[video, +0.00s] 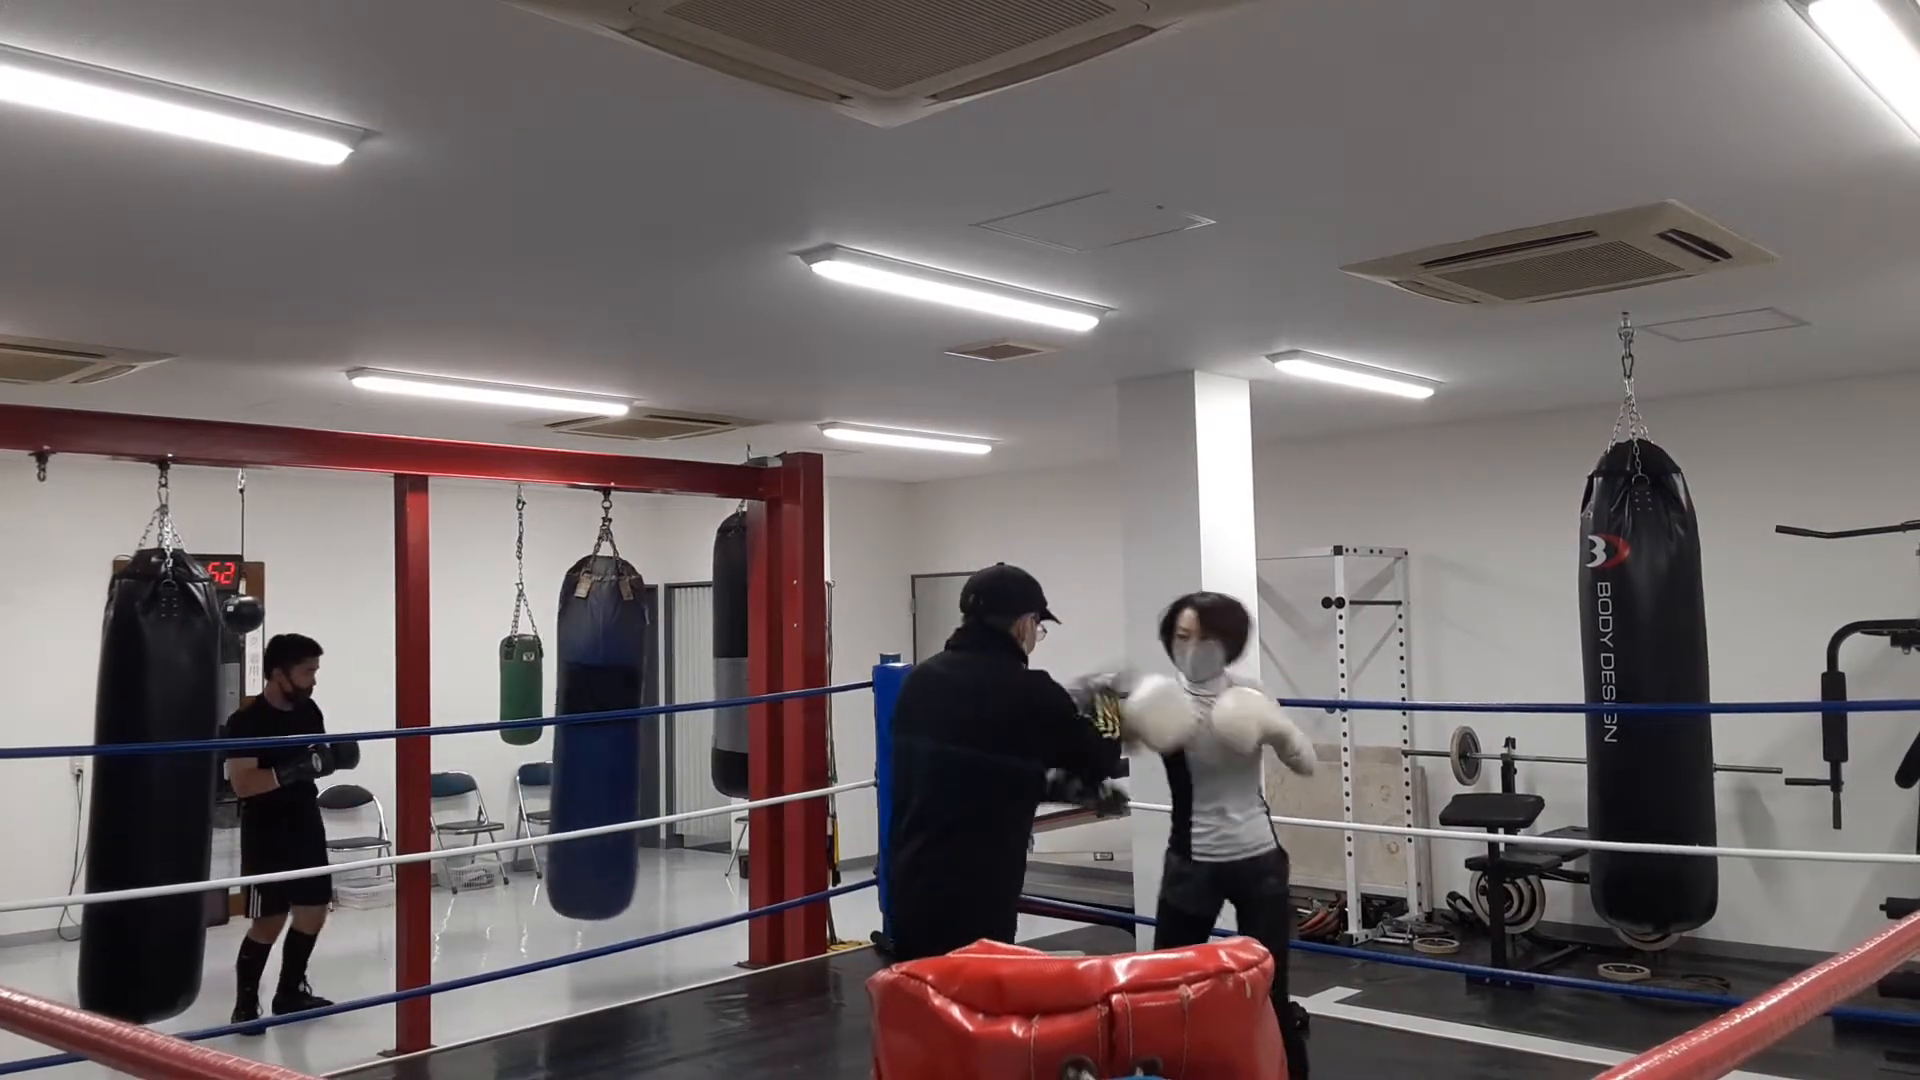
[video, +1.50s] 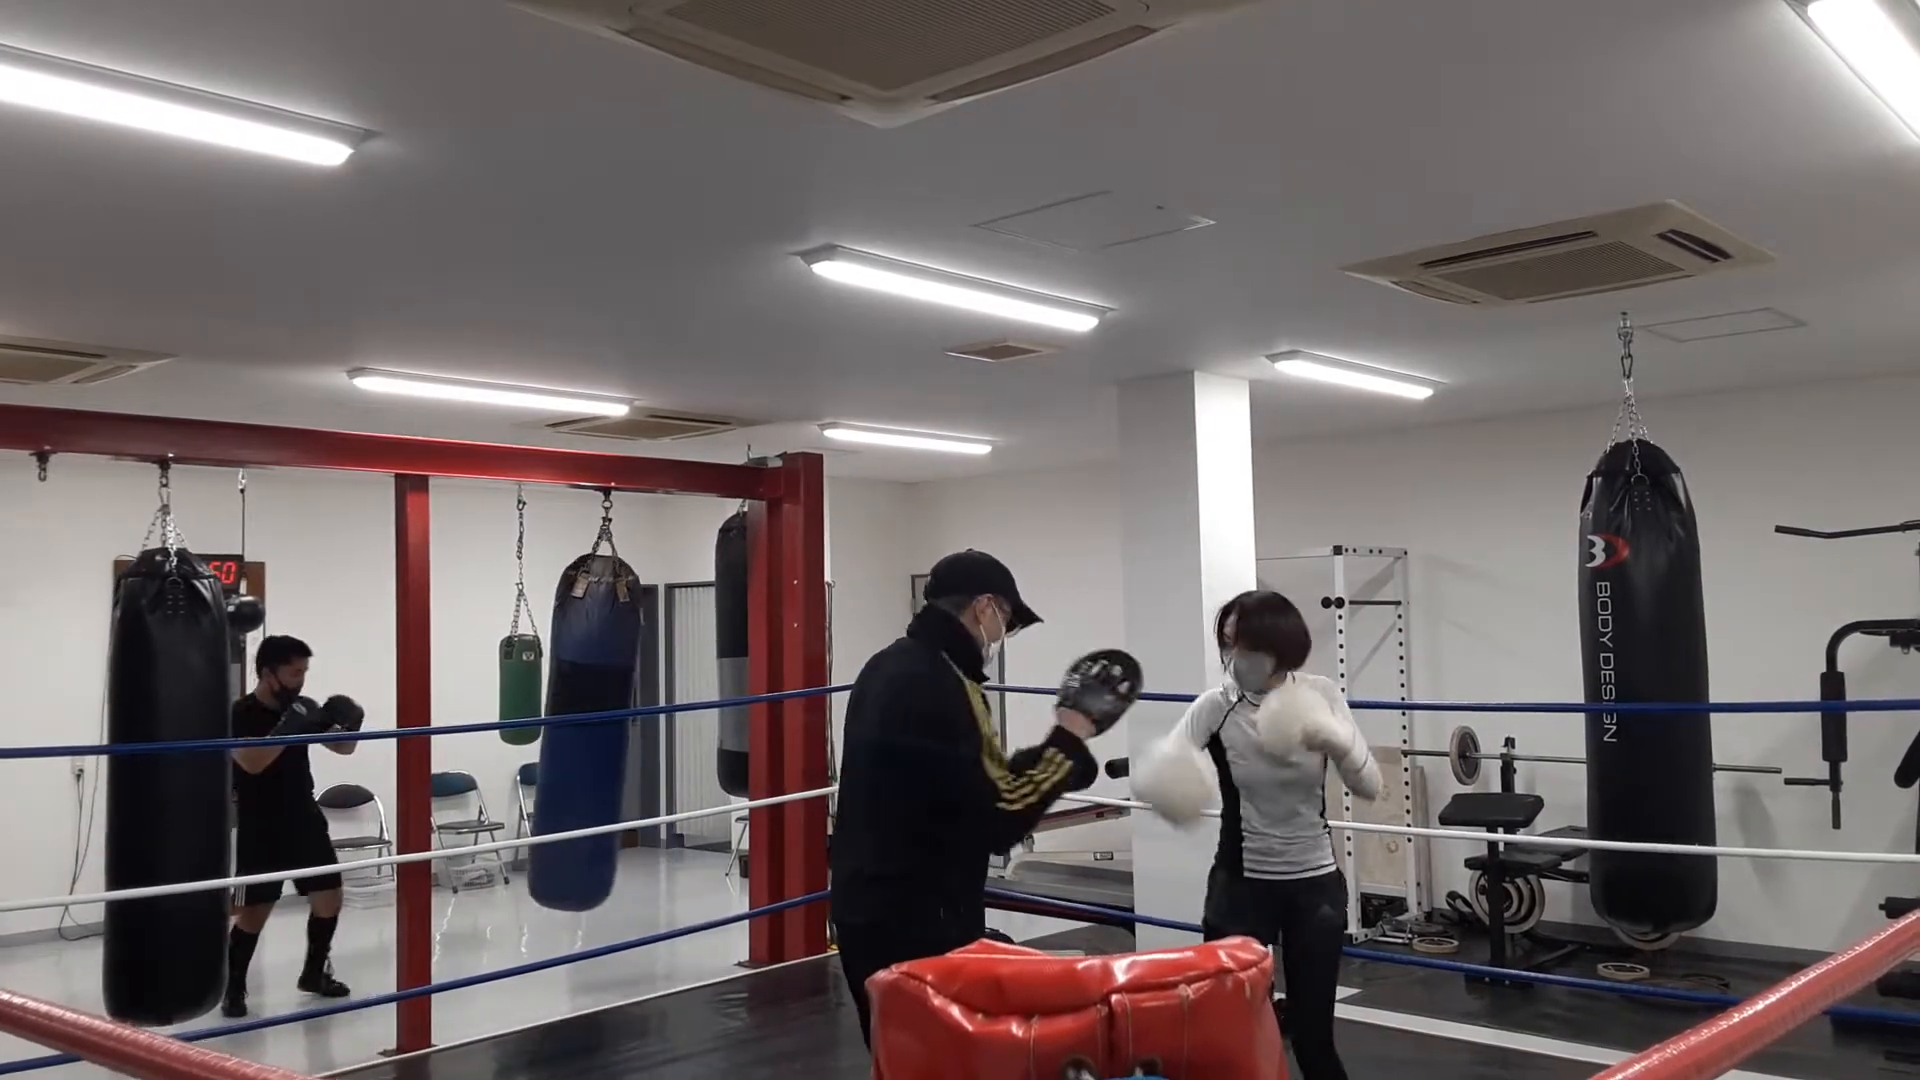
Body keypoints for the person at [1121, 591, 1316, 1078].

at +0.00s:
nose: (1190, 649)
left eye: (1202, 639)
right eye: (1181, 638)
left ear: (1227, 644)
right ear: (1170, 643)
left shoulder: (1250, 701)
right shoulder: (1162, 703)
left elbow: (1305, 766)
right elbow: (1120, 737)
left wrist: (1275, 726)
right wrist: (1132, 720)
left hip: (1258, 860)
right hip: (1191, 863)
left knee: (1270, 991)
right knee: (1168, 983)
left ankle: (1289, 1069)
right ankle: (1166, 1072)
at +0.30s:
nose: (1203, 646)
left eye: (1213, 636)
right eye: (1196, 636)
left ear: (1247, 637)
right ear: (1192, 640)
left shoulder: (1281, 689)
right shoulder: (1184, 698)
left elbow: (1312, 770)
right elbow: (1141, 777)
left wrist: (1265, 709)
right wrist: (1145, 728)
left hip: (1277, 866)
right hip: (1209, 864)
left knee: (1277, 999)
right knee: (1178, 983)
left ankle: (1291, 1073)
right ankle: (1174, 1075)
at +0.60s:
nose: (1176, 657)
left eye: (1187, 647)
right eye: (1174, 646)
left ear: (1221, 657)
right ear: (1170, 651)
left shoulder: (1250, 713)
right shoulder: (1186, 724)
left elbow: (1285, 767)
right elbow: (1166, 800)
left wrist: (1211, 710)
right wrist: (1141, 762)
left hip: (1278, 897)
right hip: (1225, 893)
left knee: (1268, 1016)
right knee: (1192, 995)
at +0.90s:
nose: (1200, 648)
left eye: (1212, 637)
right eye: (1194, 639)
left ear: (1244, 640)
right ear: (1188, 644)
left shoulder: (1288, 703)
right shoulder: (1189, 709)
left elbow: (1343, 785)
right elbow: (1138, 760)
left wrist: (1289, 768)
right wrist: (1143, 712)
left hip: (1293, 888)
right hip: (1229, 888)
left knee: (1280, 1032)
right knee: (1214, 1015)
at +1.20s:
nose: (1203, 630)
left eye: (1214, 620)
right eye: (1202, 620)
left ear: (1251, 627)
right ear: (1201, 626)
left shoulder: (1302, 686)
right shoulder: (1196, 693)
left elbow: (1348, 766)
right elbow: (1127, 759)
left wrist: (1284, 719)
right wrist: (1139, 720)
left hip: (1304, 876)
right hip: (1232, 874)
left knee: (1297, 1024)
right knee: (1218, 1010)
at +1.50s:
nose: (1233, 657)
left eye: (1245, 646)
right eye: (1229, 645)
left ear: (1279, 655)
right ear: (1225, 645)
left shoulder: (1320, 697)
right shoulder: (1214, 707)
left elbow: (1367, 785)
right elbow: (1160, 768)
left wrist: (1333, 735)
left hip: (1314, 884)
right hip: (1241, 884)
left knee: (1310, 1033)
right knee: (1230, 1025)